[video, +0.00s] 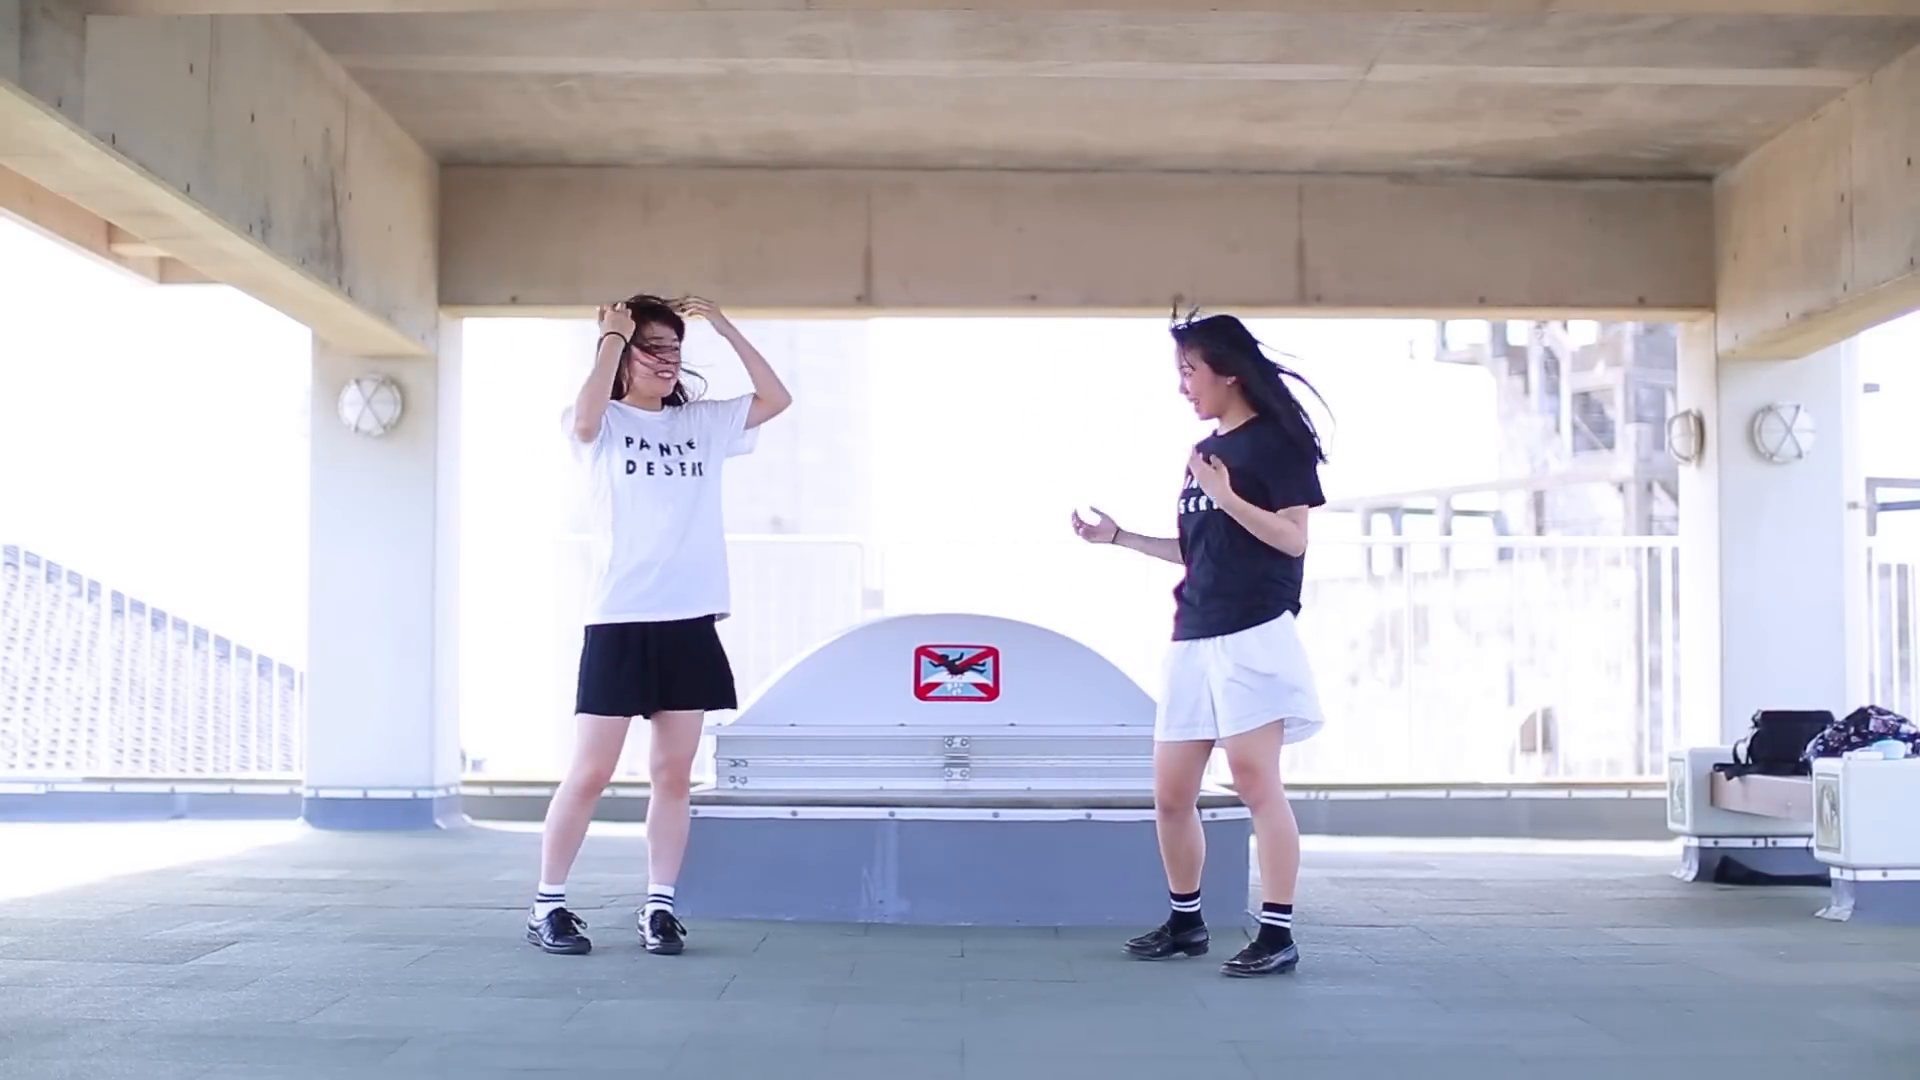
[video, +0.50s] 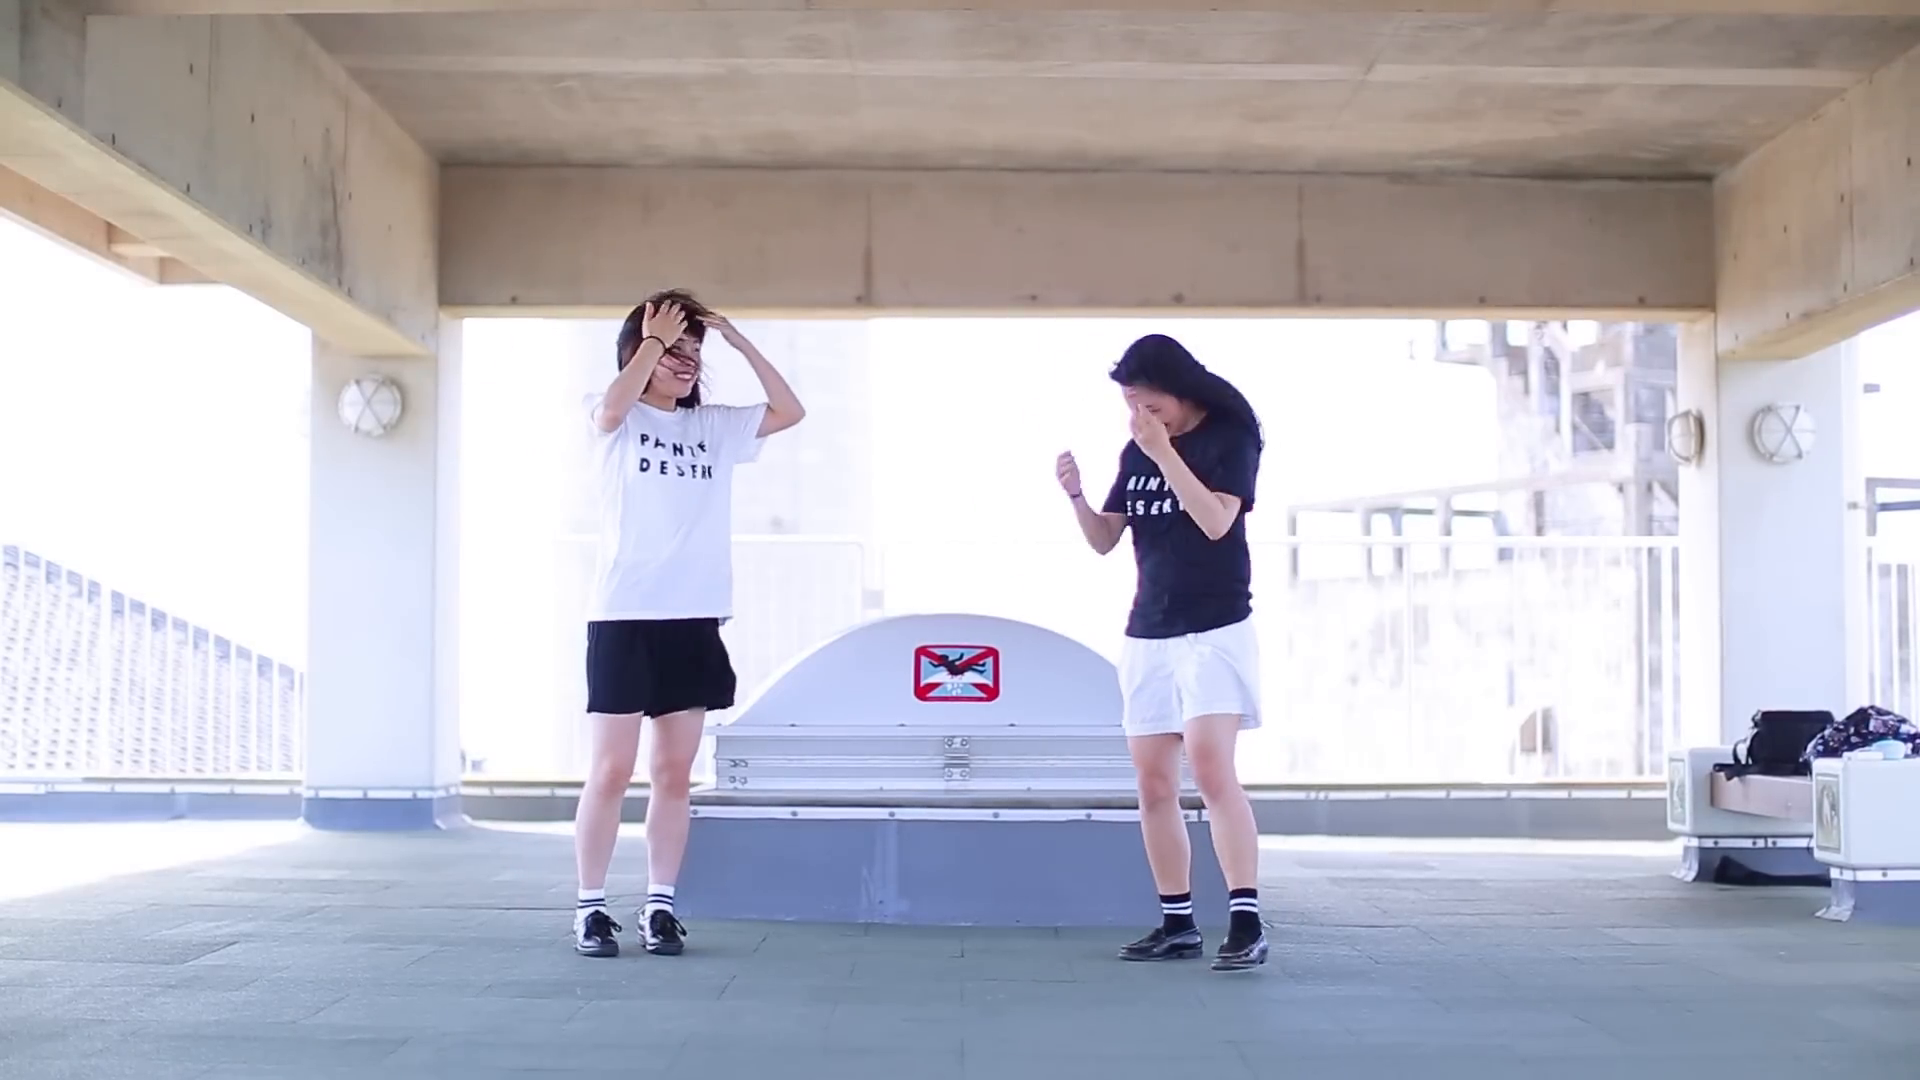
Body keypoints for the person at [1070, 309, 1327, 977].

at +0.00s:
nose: (1182, 385)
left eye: (1190, 371)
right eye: (1180, 371)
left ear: (1228, 373)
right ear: (1211, 374)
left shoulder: (1280, 440)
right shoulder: (1204, 452)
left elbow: (1296, 540)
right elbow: (1196, 551)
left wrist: (1227, 499)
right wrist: (1120, 538)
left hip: (1254, 635)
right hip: (1192, 640)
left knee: (1257, 784)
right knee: (1172, 795)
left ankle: (1275, 935)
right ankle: (1185, 923)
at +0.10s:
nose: (1166, 383)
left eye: (1174, 370)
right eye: (1165, 371)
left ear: (1213, 373)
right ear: (1200, 377)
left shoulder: (1260, 439)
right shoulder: (1190, 455)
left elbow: (1291, 542)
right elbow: (1188, 560)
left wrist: (1233, 564)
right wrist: (1127, 611)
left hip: (1245, 639)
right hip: (1185, 643)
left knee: (1252, 782)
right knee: (1167, 793)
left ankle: (1275, 935)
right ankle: (1180, 925)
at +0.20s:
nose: (1149, 380)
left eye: (1158, 368)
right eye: (1147, 368)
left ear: (1196, 371)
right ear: (1169, 376)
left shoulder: (1240, 440)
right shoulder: (1172, 452)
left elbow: (1272, 544)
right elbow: (1181, 560)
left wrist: (1240, 605)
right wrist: (1145, 632)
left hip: (1231, 639)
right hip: (1171, 646)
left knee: (1243, 781)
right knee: (1161, 793)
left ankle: (1273, 934)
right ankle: (1179, 926)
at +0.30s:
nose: (1140, 384)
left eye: (1150, 371)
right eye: (1135, 373)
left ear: (1187, 369)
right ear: (1139, 375)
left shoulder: (1230, 442)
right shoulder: (1157, 454)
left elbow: (1262, 543)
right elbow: (1169, 554)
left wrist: (1212, 589)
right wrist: (1131, 613)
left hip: (1223, 636)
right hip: (1160, 641)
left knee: (1227, 780)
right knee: (1157, 788)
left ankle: (1270, 930)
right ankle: (1178, 925)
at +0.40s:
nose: (1140, 401)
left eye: (1147, 386)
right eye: (1133, 390)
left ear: (1182, 375)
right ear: (1135, 389)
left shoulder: (1230, 439)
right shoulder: (1147, 453)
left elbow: (1245, 542)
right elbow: (1146, 545)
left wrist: (1177, 526)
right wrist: (1099, 562)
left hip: (1216, 635)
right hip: (1151, 638)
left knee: (1215, 777)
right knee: (1154, 785)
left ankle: (1260, 928)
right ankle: (1179, 925)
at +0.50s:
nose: (1141, 415)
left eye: (1148, 403)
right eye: (1134, 405)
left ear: (1179, 390)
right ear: (1137, 399)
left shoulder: (1230, 436)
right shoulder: (1141, 446)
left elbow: (1216, 521)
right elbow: (1104, 539)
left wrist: (1161, 450)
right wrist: (1077, 496)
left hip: (1214, 632)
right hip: (1147, 637)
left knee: (1212, 772)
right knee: (1154, 785)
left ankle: (1246, 924)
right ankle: (1178, 927)